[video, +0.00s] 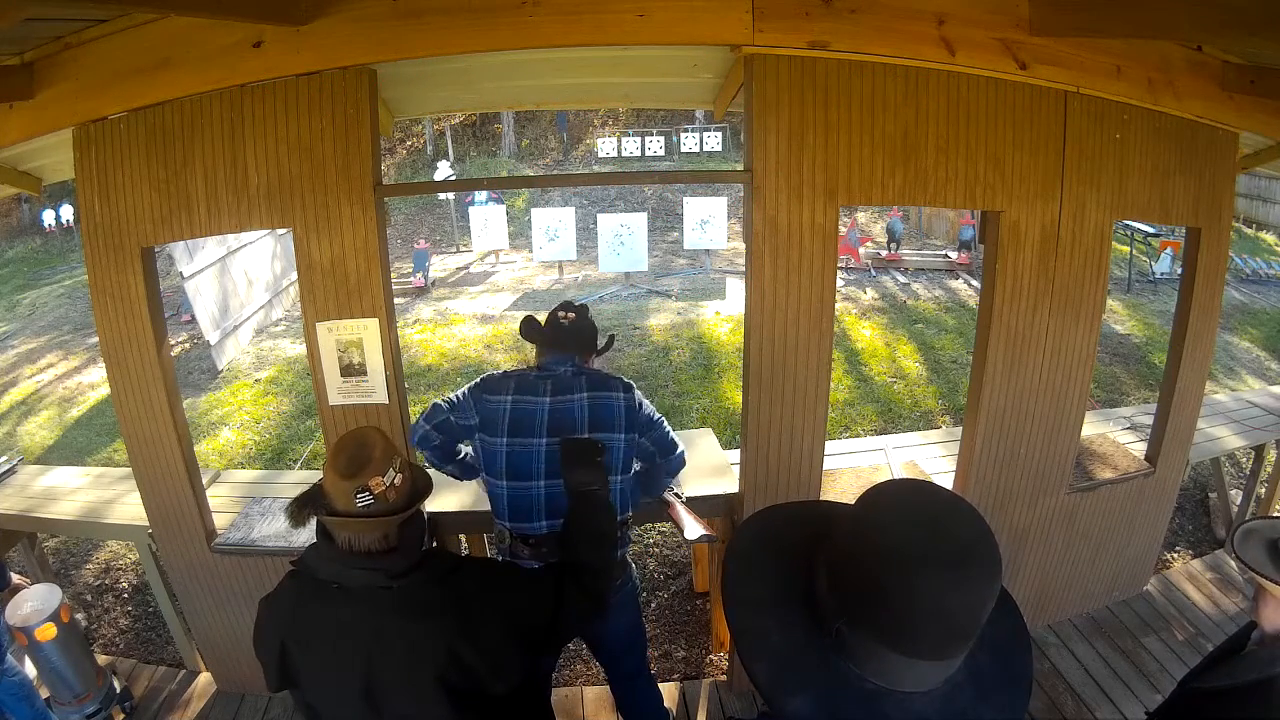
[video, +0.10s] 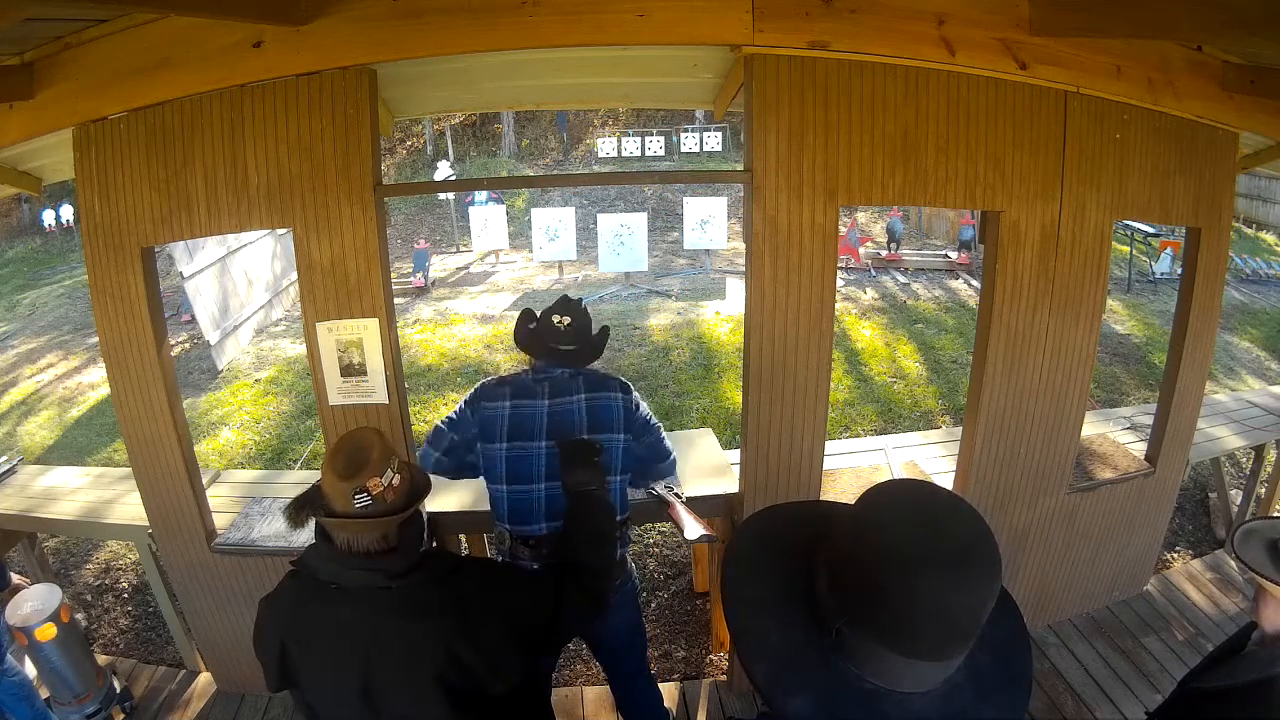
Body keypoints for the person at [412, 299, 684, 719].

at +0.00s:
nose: (596, 360)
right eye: (595, 352)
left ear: (538, 348)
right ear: (590, 354)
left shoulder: (489, 391)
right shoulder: (620, 393)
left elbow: (425, 433)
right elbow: (670, 456)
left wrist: (478, 467)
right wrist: (629, 495)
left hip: (524, 579)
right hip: (604, 573)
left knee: (528, 694)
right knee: (634, 685)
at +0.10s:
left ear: (532, 344)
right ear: (589, 347)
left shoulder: (489, 397)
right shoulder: (617, 394)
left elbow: (432, 459)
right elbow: (662, 467)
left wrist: (492, 460)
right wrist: (613, 468)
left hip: (523, 585)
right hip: (604, 577)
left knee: (528, 695)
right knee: (635, 686)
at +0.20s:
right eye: (582, 337)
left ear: (529, 343)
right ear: (583, 344)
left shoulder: (491, 399)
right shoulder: (610, 391)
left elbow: (465, 471)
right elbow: (638, 457)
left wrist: (515, 452)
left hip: (526, 580)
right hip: (606, 571)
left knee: (530, 691)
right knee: (634, 681)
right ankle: (653, 718)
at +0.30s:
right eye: (580, 335)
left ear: (523, 342)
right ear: (581, 343)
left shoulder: (489, 401)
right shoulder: (608, 391)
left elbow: (479, 449)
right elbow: (629, 459)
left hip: (526, 585)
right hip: (605, 577)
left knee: (530, 696)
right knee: (636, 686)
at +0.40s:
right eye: (583, 335)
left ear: (522, 343)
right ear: (581, 344)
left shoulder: (489, 398)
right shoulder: (607, 392)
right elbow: (606, 468)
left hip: (525, 582)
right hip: (604, 575)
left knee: (529, 695)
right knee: (636, 688)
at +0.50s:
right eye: (582, 335)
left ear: (523, 340)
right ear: (580, 343)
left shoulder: (491, 393)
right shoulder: (606, 389)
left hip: (524, 580)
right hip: (602, 575)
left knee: (529, 694)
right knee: (636, 688)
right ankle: (652, 715)